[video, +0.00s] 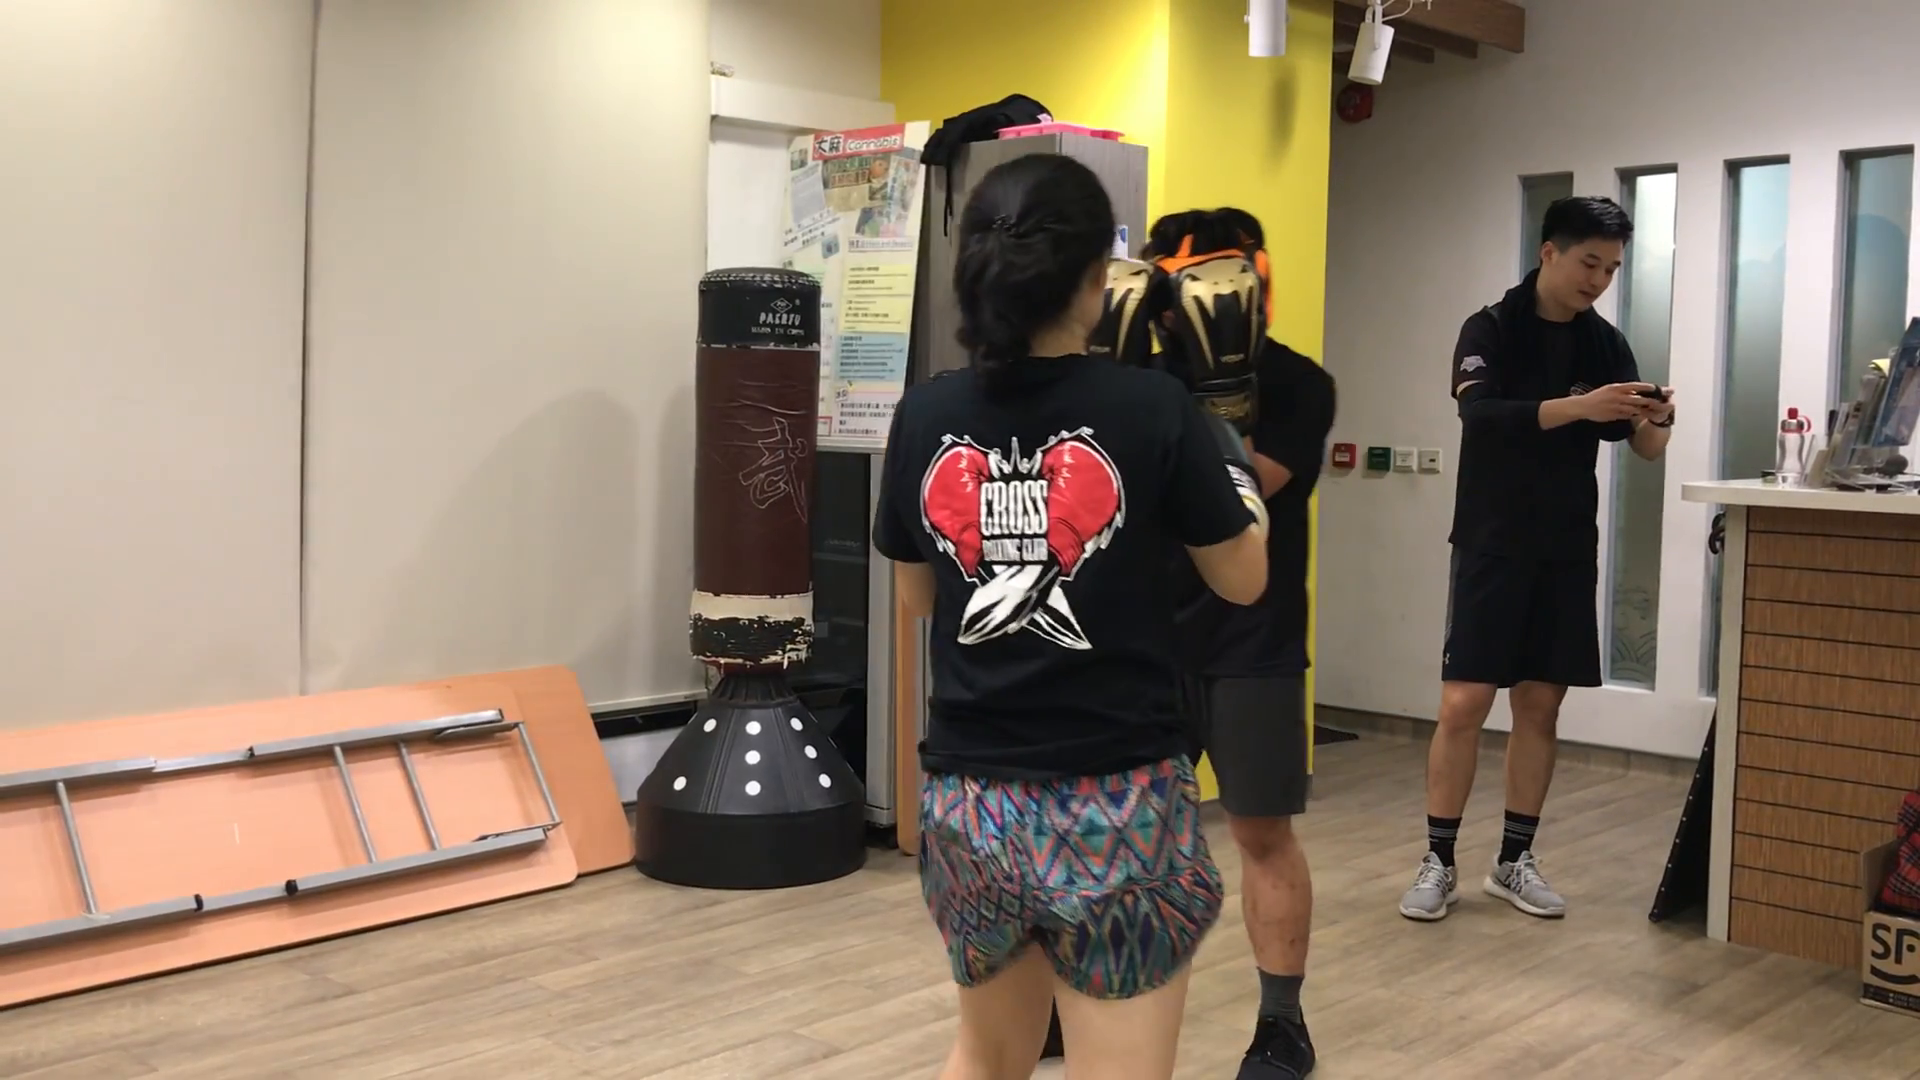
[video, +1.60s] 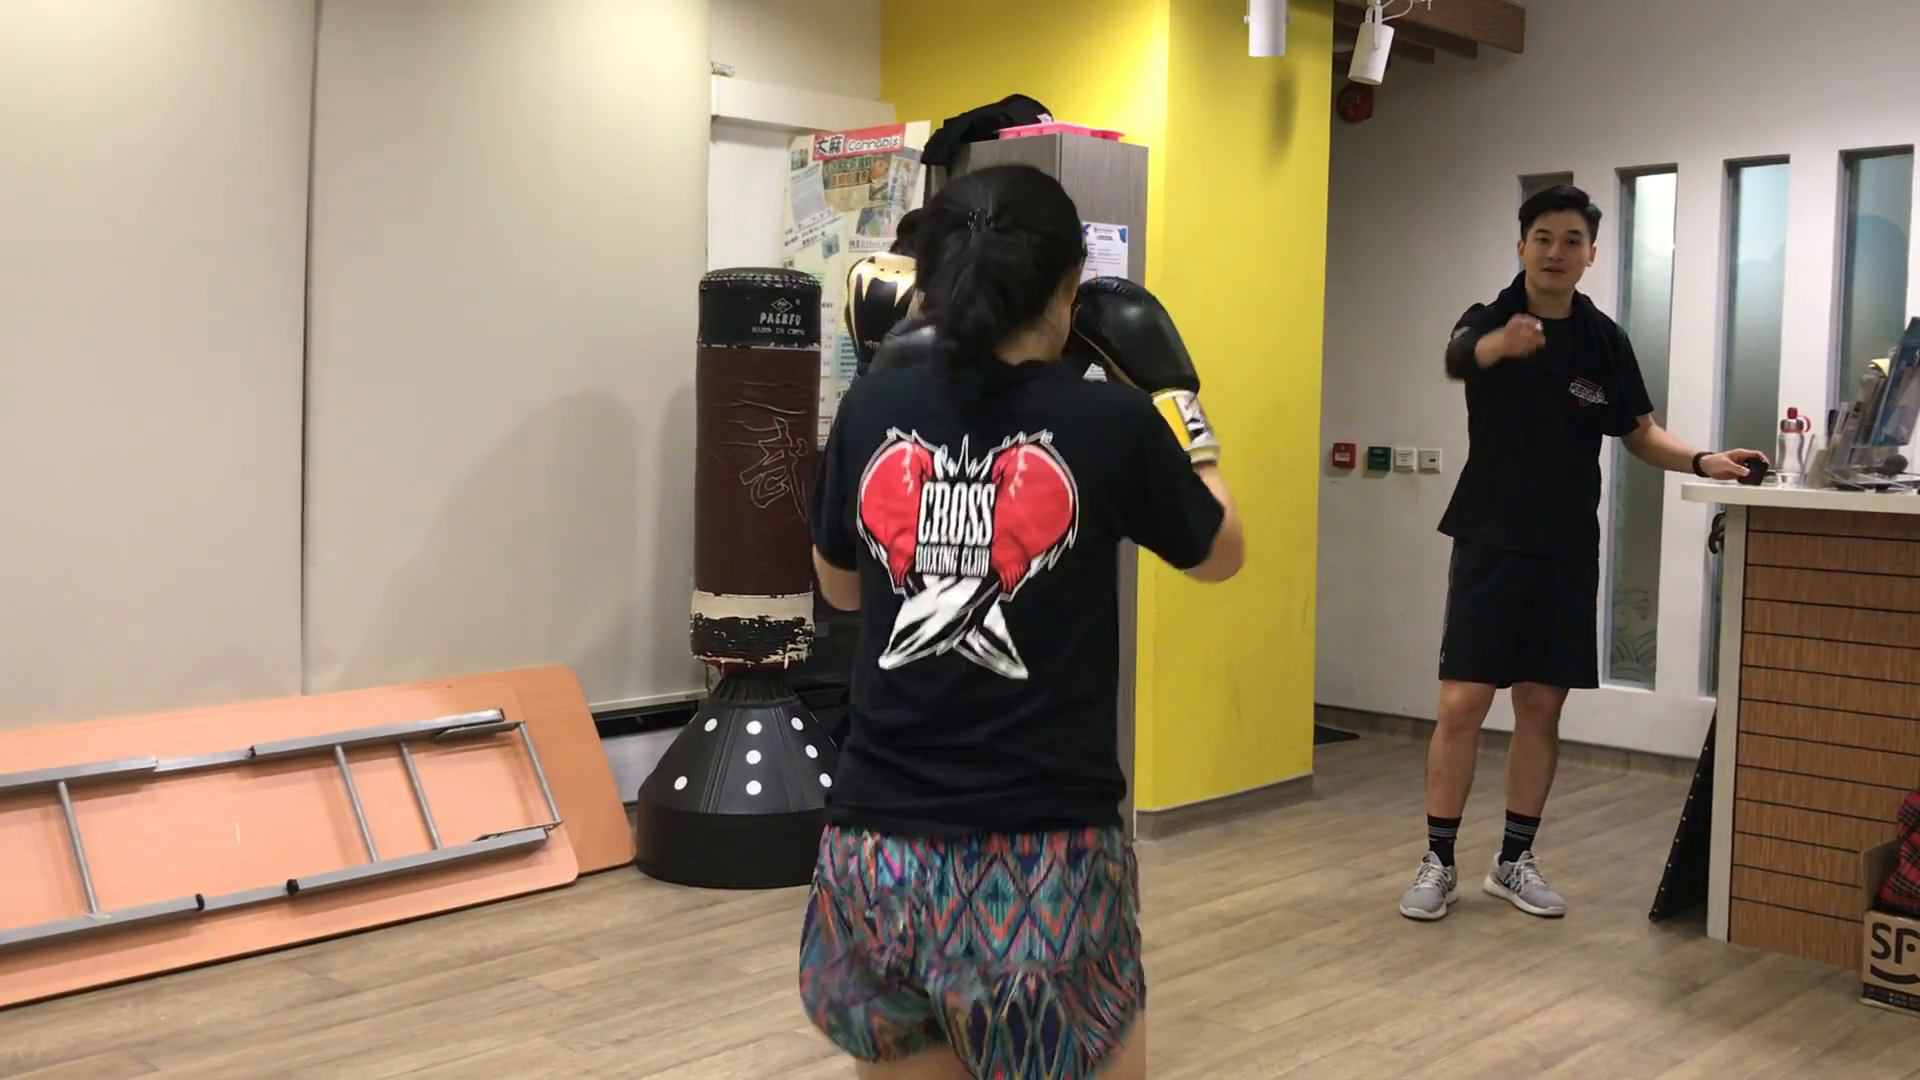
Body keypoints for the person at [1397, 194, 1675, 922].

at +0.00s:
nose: (1600, 280)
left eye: (1610, 269)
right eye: (1590, 264)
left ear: (1613, 271)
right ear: (1548, 252)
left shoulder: (1606, 346)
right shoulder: (1489, 328)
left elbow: (1648, 449)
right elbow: (1481, 415)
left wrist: (1655, 420)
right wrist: (1584, 406)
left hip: (1565, 551)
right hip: (1490, 545)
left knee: (1539, 707)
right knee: (1462, 705)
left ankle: (1515, 861)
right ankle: (1438, 862)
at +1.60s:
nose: (1556, 252)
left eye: (1571, 240)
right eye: (1543, 238)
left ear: (1592, 252)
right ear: (1521, 246)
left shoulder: (1603, 339)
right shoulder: (1484, 322)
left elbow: (1642, 433)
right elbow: (1462, 356)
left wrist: (1704, 459)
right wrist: (1498, 345)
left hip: (1566, 546)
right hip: (1489, 539)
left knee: (1541, 708)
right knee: (1460, 706)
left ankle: (1514, 861)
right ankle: (1437, 863)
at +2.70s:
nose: (1571, 254)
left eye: (1587, 243)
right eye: (1558, 240)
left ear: (1605, 253)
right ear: (1536, 245)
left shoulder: (1617, 340)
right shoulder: (1502, 325)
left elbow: (1641, 437)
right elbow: (1449, 412)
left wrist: (1684, 457)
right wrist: (1526, 381)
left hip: (1573, 545)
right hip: (1496, 539)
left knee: (1543, 706)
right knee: (1468, 700)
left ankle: (1515, 861)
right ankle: (1435, 861)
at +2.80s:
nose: (1577, 256)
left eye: (1593, 244)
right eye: (1565, 241)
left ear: (1613, 254)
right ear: (1543, 247)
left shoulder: (1626, 343)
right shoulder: (1502, 335)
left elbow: (1646, 439)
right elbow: (1451, 431)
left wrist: (1665, 453)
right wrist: (1505, 457)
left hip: (1577, 548)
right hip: (1499, 542)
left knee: (1545, 705)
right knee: (1468, 699)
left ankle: (1515, 861)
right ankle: (1434, 859)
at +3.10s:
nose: (1571, 259)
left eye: (1588, 248)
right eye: (1560, 245)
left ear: (1612, 258)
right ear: (1544, 251)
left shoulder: (1641, 346)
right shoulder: (1509, 337)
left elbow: (1675, 437)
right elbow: (1466, 424)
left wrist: (1651, 459)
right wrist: (1468, 491)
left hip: (1588, 550)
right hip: (1508, 540)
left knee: (1554, 706)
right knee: (1482, 700)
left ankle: (1519, 857)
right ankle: (1528, 798)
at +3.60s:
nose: (1575, 268)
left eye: (1591, 256)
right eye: (1566, 254)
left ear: (1620, 262)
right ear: (1554, 257)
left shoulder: (1652, 343)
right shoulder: (1532, 339)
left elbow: (1695, 438)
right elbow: (1489, 425)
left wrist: (1640, 468)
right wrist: (1488, 482)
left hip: (1615, 536)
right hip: (1545, 532)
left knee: (1600, 694)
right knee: (1553, 690)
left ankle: (1631, 847)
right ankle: (1577, 841)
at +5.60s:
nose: (1671, 269)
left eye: (1690, 258)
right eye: (1664, 255)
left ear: (1724, 264)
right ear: (1652, 255)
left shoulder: (1746, 350)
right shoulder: (1627, 329)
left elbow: (1746, 457)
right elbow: (1564, 389)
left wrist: (1649, 469)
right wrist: (1586, 468)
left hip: (1699, 546)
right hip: (1624, 538)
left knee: (1674, 706)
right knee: (1583, 695)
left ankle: (1652, 854)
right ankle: (1594, 844)